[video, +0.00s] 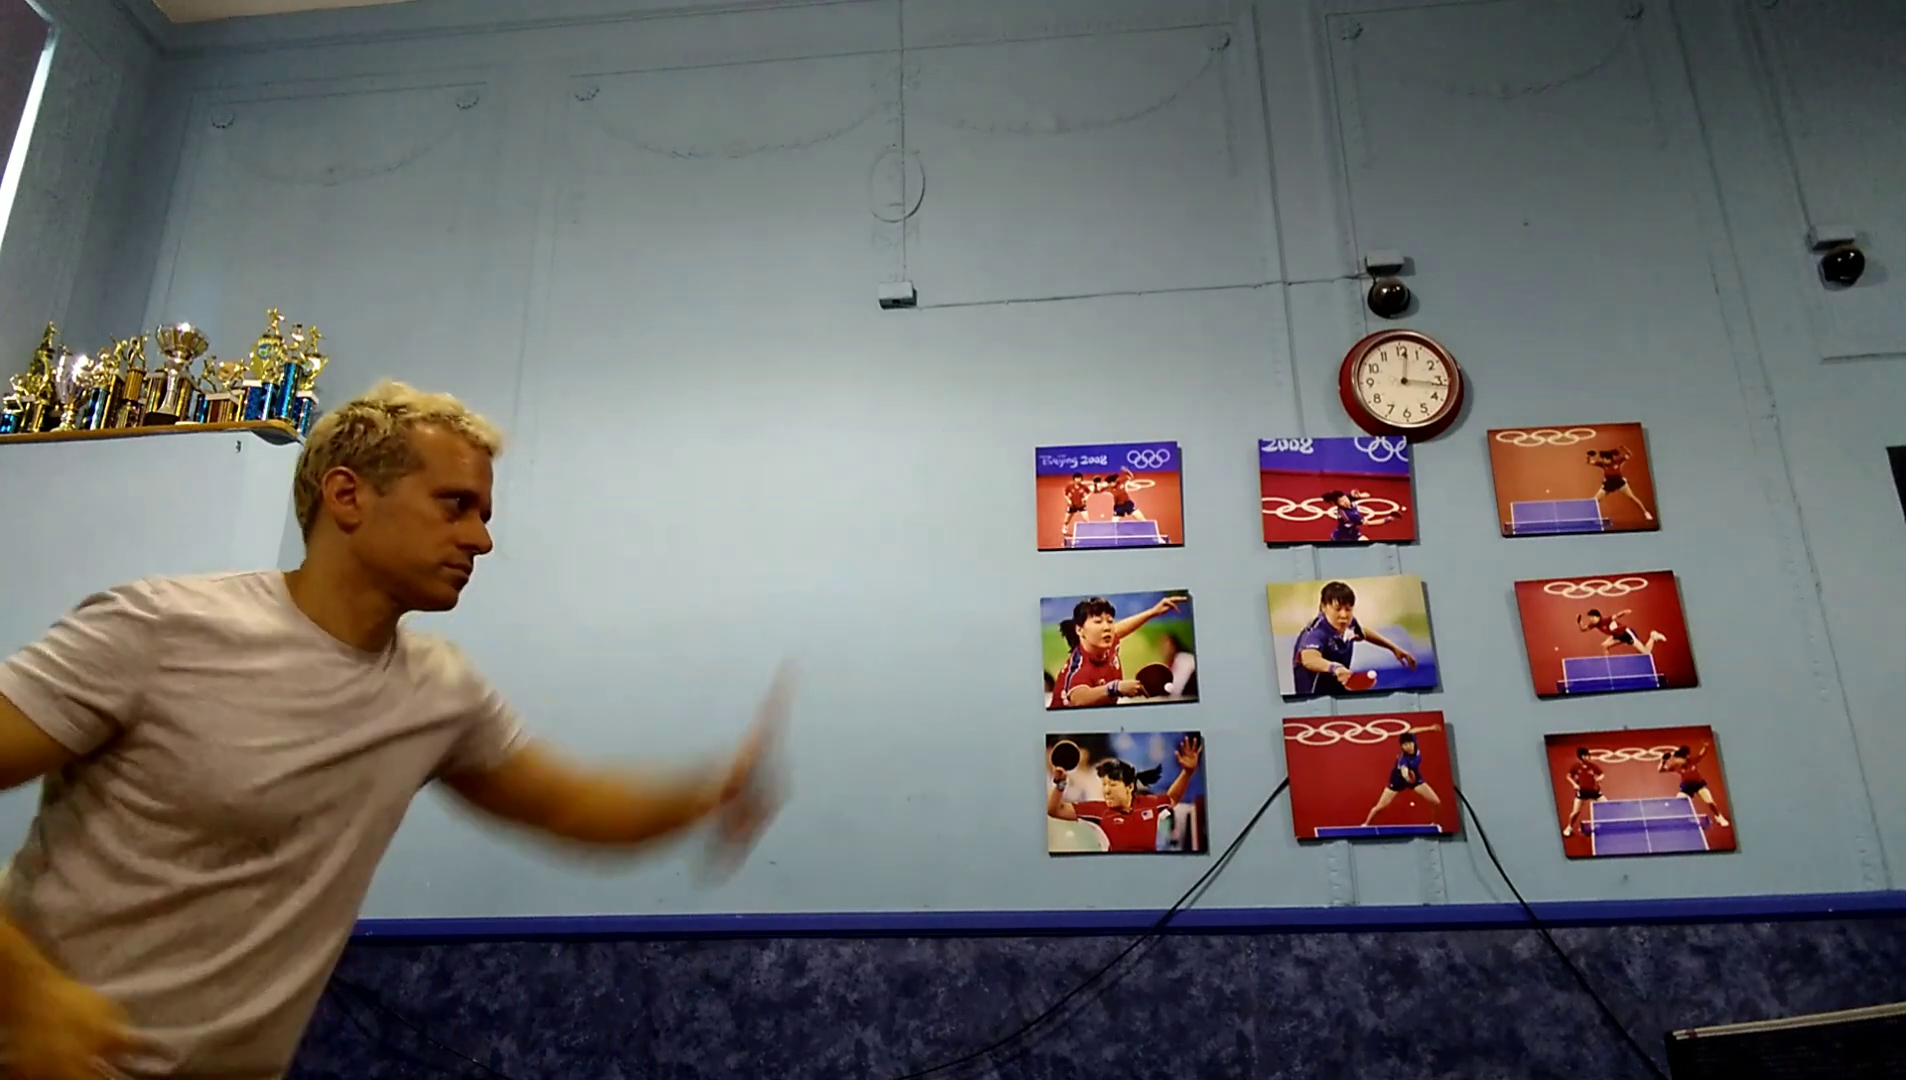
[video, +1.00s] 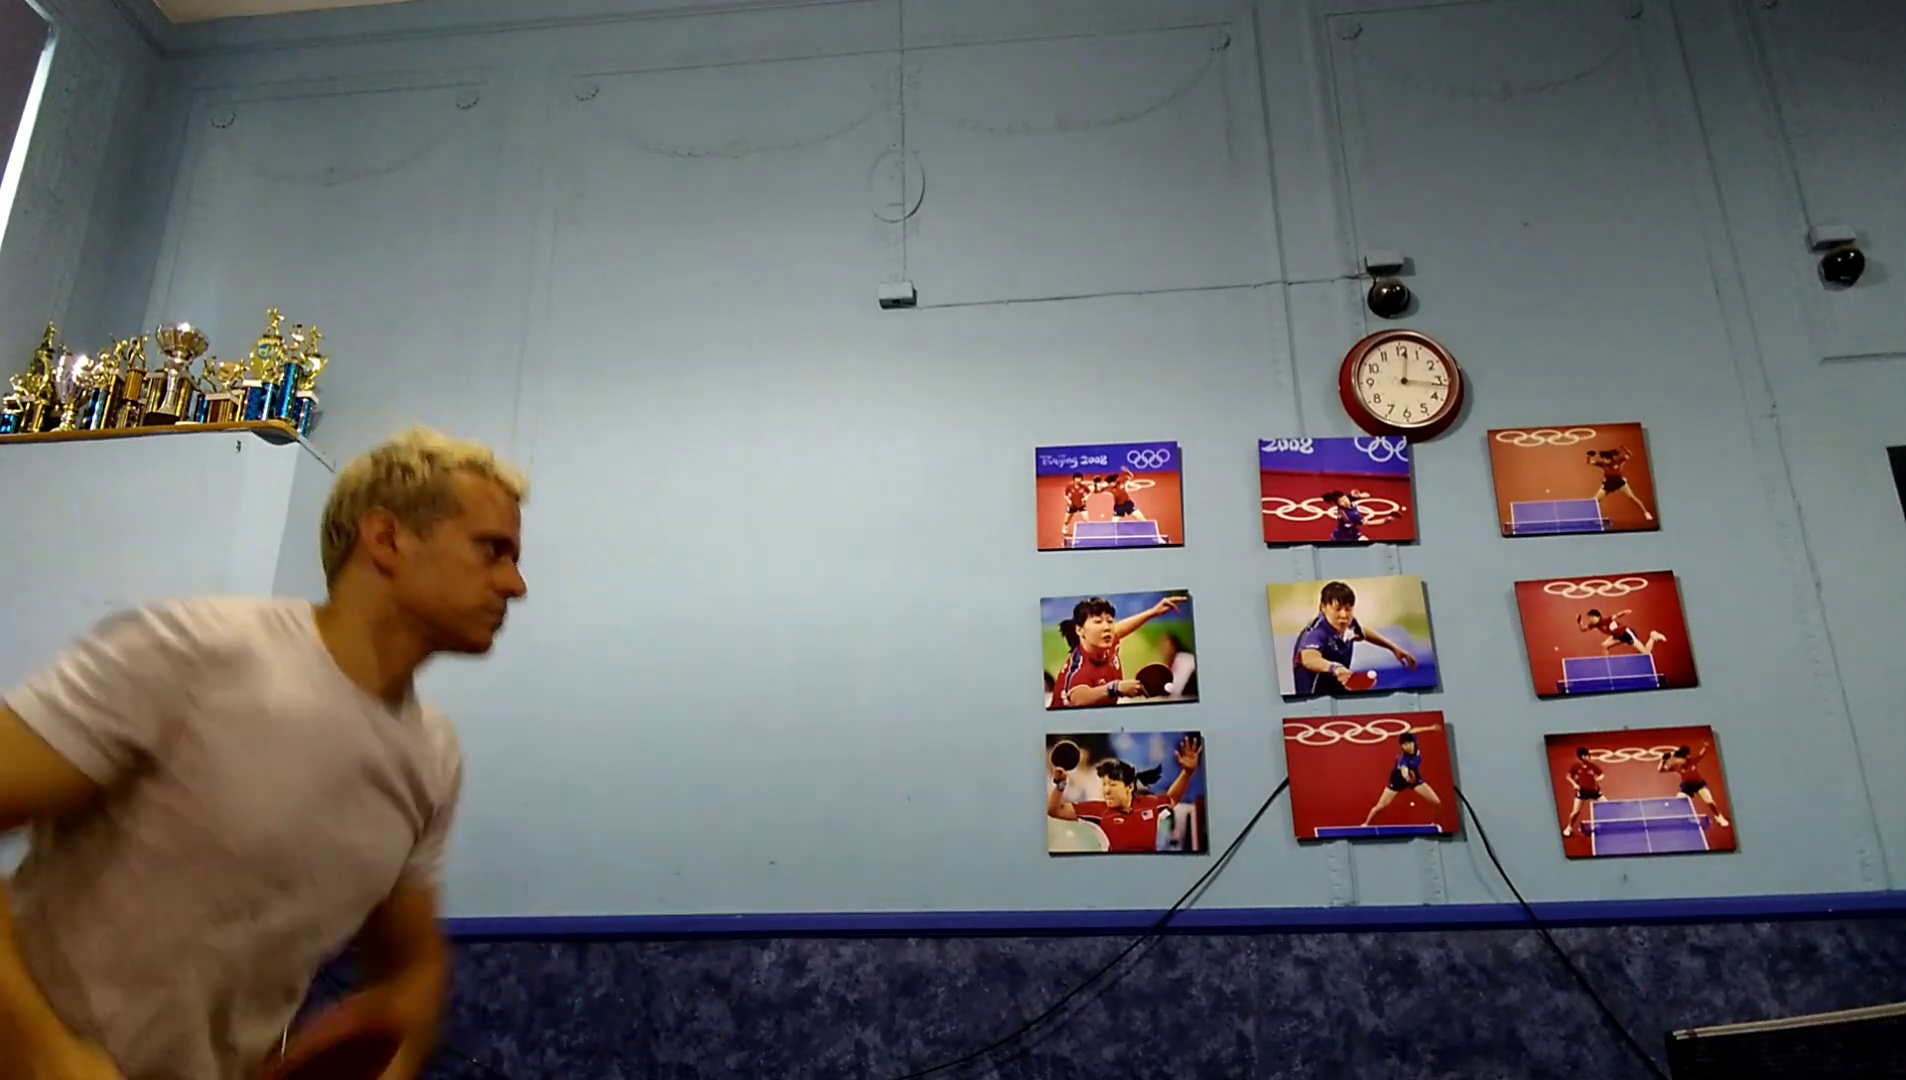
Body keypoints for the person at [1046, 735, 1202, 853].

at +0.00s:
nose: (1107, 790)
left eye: (1113, 785)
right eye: (1104, 785)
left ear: (1130, 787)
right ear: (1101, 786)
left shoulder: (1151, 805)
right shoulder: (1100, 810)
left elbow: (1172, 798)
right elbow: (1055, 811)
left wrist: (1188, 771)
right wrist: (1059, 785)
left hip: (1150, 873)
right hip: (1115, 874)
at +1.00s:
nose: (1107, 790)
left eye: (1113, 785)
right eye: (1104, 785)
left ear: (1130, 787)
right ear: (1101, 786)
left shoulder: (1151, 804)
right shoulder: (1100, 810)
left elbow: (1172, 798)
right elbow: (1055, 811)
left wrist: (1188, 771)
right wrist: (1059, 785)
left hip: (1150, 872)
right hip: (1114, 873)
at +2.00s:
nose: (1107, 790)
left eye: (1113, 785)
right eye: (1104, 785)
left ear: (1130, 787)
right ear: (1101, 786)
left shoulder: (1151, 805)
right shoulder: (1100, 810)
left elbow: (1172, 798)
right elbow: (1055, 811)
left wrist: (1188, 771)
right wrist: (1059, 785)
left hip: (1150, 873)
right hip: (1114, 874)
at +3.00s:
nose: (1107, 790)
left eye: (1113, 785)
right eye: (1104, 785)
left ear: (1130, 787)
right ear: (1101, 787)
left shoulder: (1151, 805)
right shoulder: (1100, 811)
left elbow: (1172, 798)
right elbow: (1055, 811)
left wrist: (1188, 771)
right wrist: (1059, 785)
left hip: (1151, 872)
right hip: (1115, 874)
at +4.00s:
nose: (1106, 790)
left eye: (1113, 785)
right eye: (1104, 785)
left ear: (1130, 787)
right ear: (1101, 787)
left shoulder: (1151, 805)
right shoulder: (1100, 810)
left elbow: (1172, 798)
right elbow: (1055, 811)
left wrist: (1188, 771)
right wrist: (1059, 785)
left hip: (1151, 872)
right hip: (1116, 874)